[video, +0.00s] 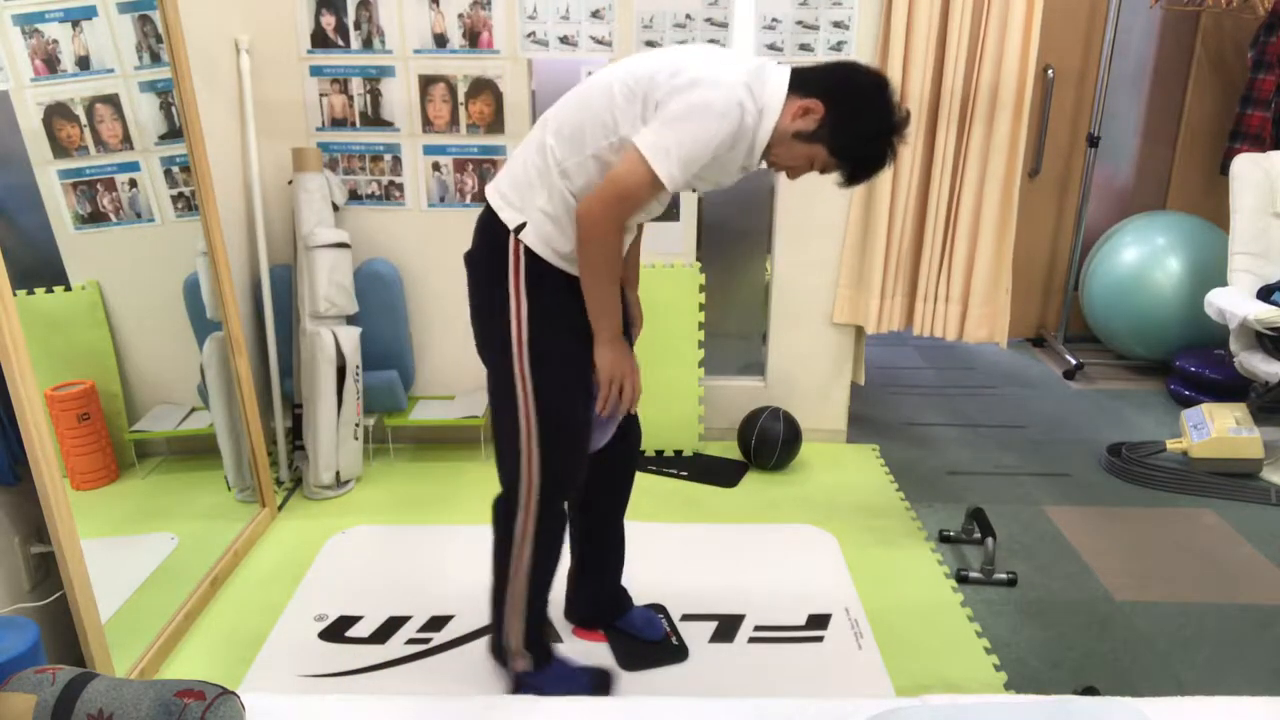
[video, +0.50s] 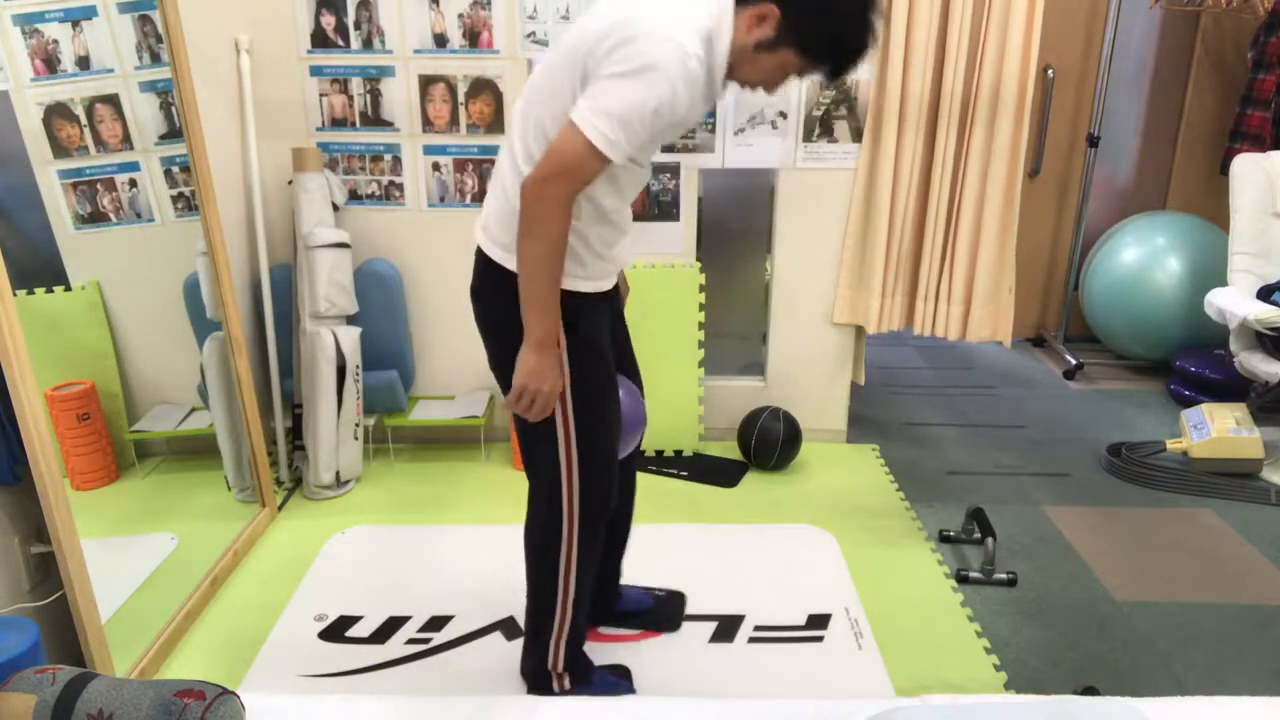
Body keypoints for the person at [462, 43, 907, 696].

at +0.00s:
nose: (800, 173)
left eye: (817, 170)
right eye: (817, 162)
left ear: (807, 109)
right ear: (809, 114)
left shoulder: (745, 115)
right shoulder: (724, 106)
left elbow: (630, 202)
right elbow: (598, 211)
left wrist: (627, 295)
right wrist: (609, 342)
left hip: (584, 250)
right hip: (525, 244)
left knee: (610, 441)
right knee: (545, 458)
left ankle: (597, 602)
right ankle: (520, 649)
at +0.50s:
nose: (778, 88)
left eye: (793, 78)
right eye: (788, 71)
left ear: (761, 17)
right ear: (762, 21)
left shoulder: (700, 44)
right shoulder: (666, 63)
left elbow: (603, 171)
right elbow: (545, 187)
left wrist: (611, 261)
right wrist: (541, 339)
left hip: (586, 276)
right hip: (539, 282)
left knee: (618, 435)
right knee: (576, 471)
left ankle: (594, 595)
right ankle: (554, 669)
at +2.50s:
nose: (726, 35)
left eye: (740, 27)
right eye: (742, 19)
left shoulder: (621, 13)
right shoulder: (657, 7)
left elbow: (577, 122)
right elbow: (595, 115)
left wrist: (601, 254)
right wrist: (615, 262)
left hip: (559, 239)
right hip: (551, 241)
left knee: (590, 423)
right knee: (566, 442)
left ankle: (580, 586)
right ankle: (523, 653)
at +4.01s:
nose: (834, 9)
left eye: (840, 4)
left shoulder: (741, 13)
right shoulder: (731, 18)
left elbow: (687, 146)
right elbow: (667, 161)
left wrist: (706, 243)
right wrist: (693, 307)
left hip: (660, 258)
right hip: (638, 264)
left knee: (676, 436)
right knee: (652, 453)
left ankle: (656, 572)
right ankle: (623, 644)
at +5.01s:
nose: (917, 36)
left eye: (932, 26)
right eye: (933, 20)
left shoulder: (796, 6)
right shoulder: (845, 16)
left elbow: (745, 132)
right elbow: (787, 156)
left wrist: (767, 249)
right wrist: (809, 289)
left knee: (692, 427)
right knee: (733, 455)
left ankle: (656, 568)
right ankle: (713, 647)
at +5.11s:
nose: (939, 61)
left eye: (953, 52)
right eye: (951, 46)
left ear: (922, 0)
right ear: (933, 6)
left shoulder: (825, 9)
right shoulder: (871, 33)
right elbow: (815, 187)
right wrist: (819, 314)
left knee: (699, 425)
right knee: (736, 455)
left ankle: (666, 562)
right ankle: (714, 647)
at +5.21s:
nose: (948, 102)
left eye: (962, 96)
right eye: (962, 87)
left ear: (943, 30)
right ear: (951, 43)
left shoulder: (862, 22)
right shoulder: (892, 70)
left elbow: (717, 88)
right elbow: (837, 231)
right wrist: (816, 339)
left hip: (675, 230)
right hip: (698, 251)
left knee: (713, 430)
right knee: (738, 452)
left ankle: (698, 565)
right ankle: (711, 648)